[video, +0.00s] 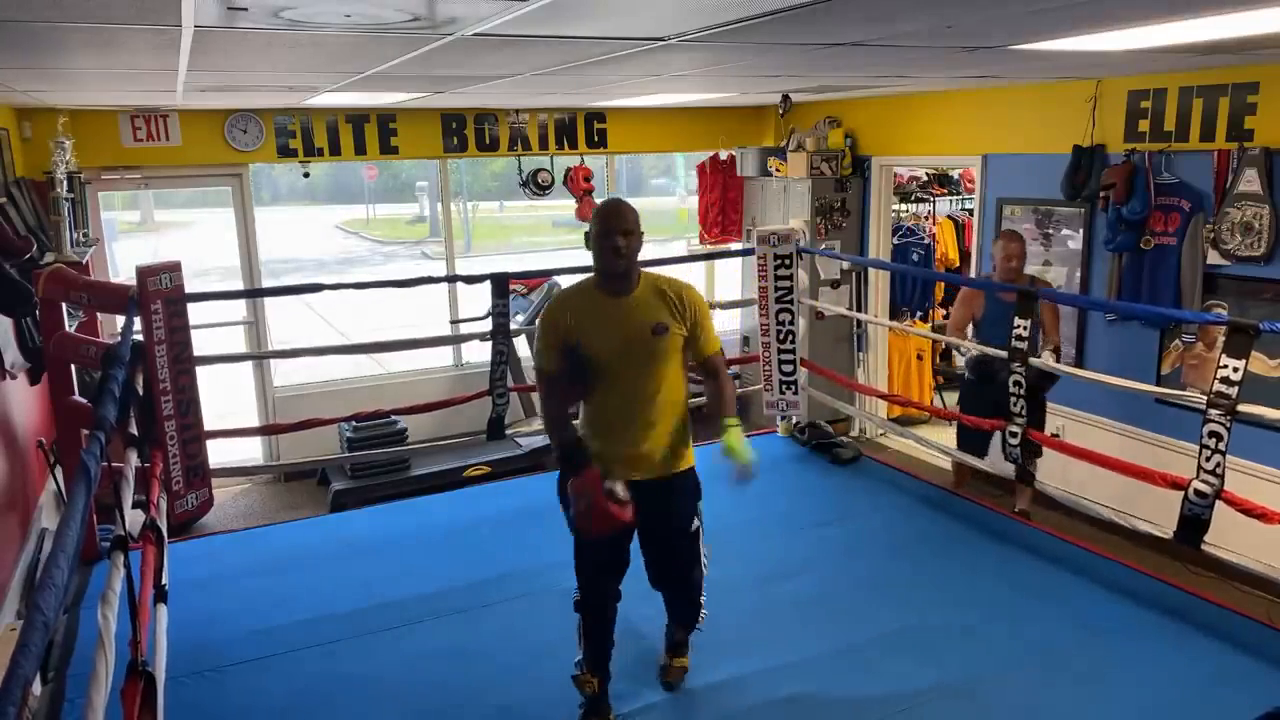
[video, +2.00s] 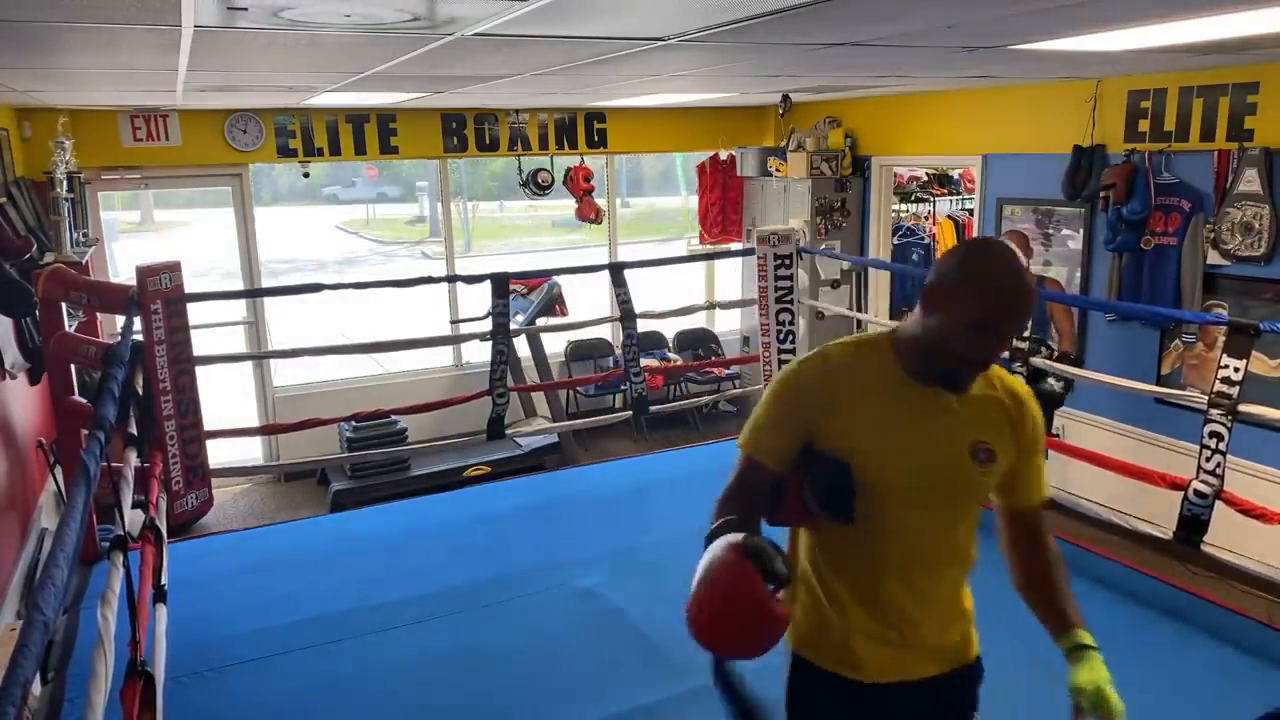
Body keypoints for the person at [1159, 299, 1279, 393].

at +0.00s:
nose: (1219, 326)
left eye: (1223, 322)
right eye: (1214, 320)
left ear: (1225, 326)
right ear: (1201, 324)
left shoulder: (1232, 350)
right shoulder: (1189, 348)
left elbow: (1271, 367)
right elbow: (1163, 369)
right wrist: (1178, 346)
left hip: (1218, 406)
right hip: (1189, 403)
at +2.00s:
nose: (1219, 326)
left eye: (1222, 322)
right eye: (1214, 320)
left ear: (1225, 327)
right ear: (1201, 324)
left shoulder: (1233, 350)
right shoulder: (1189, 348)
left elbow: (1271, 368)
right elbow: (1163, 369)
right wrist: (1179, 346)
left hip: (1218, 407)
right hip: (1188, 404)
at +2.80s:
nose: (1220, 325)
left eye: (1223, 321)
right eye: (1215, 320)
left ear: (1226, 327)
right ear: (1201, 324)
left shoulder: (1232, 350)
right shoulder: (1189, 349)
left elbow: (1271, 367)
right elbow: (1163, 369)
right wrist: (1179, 345)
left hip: (1218, 407)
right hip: (1188, 403)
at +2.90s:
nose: (1220, 325)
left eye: (1223, 321)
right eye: (1215, 319)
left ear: (1226, 326)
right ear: (1201, 324)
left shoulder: (1232, 350)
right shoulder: (1189, 349)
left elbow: (1271, 367)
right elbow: (1163, 369)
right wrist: (1179, 346)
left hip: (1218, 407)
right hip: (1188, 404)